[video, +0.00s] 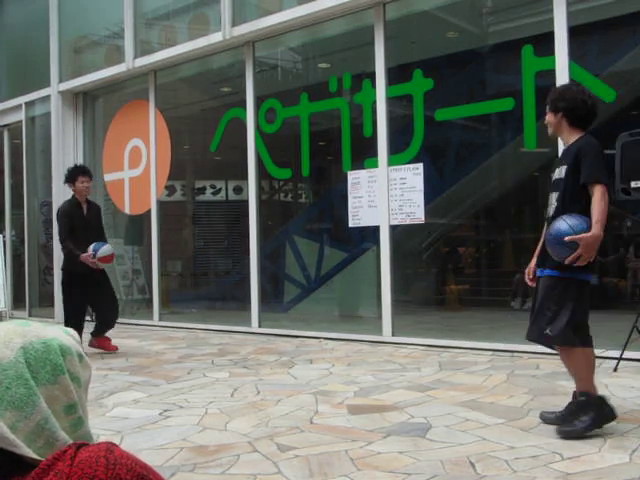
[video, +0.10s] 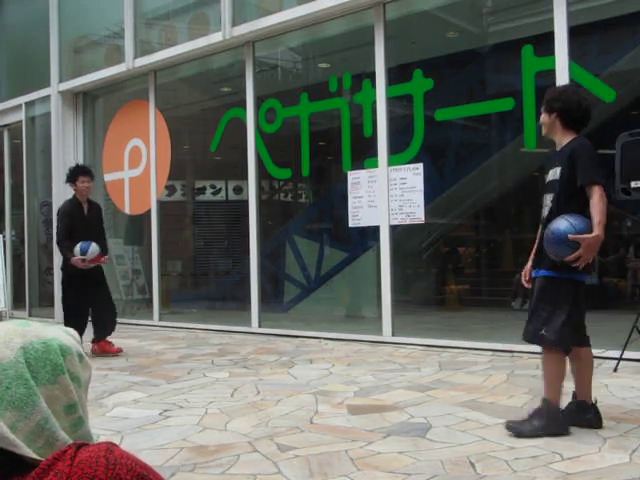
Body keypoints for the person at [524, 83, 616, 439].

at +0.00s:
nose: (545, 118)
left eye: (548, 112)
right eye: (546, 112)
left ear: (561, 115)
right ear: (568, 116)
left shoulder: (587, 147)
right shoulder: (565, 153)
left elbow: (599, 190)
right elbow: (554, 214)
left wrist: (597, 232)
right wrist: (537, 256)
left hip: (571, 259)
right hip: (554, 259)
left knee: (571, 328)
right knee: (557, 329)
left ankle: (591, 401)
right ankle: (584, 398)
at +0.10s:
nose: (540, 118)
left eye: (543, 112)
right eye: (541, 112)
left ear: (556, 116)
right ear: (563, 117)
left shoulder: (580, 148)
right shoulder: (557, 156)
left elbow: (597, 192)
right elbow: (549, 216)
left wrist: (598, 233)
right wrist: (534, 258)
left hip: (562, 261)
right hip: (558, 261)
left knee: (551, 333)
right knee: (573, 333)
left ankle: (550, 412)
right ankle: (584, 405)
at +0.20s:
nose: (532, 120)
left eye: (535, 114)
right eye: (534, 114)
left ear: (548, 117)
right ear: (555, 119)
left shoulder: (575, 150)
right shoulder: (553, 159)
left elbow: (594, 194)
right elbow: (545, 217)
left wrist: (597, 235)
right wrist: (531, 264)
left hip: (555, 263)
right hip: (551, 264)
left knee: (534, 334)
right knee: (570, 335)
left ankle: (514, 404)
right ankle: (583, 405)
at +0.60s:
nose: (494, 127)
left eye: (497, 122)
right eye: (496, 121)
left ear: (508, 127)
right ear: (526, 127)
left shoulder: (530, 159)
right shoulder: (530, 158)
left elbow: (545, 206)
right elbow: (541, 208)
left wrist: (547, 252)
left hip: (516, 265)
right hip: (533, 263)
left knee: (496, 334)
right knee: (550, 333)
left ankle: (480, 400)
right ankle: (579, 401)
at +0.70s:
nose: (483, 126)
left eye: (487, 121)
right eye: (485, 120)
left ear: (498, 126)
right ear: (514, 126)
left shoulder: (513, 160)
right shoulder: (525, 158)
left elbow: (522, 208)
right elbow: (524, 210)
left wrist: (518, 253)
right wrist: (503, 252)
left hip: (505, 264)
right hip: (527, 263)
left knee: (488, 332)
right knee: (540, 330)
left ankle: (480, 400)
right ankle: (576, 397)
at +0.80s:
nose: (473, 126)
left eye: (476, 121)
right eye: (475, 120)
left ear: (484, 126)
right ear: (508, 124)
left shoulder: (497, 162)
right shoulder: (519, 158)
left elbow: (497, 211)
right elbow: (518, 215)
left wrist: (484, 251)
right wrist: (488, 250)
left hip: (499, 264)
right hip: (521, 263)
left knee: (483, 331)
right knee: (531, 328)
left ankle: (479, 400)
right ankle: (571, 393)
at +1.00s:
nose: (456, 131)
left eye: (458, 125)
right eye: (457, 125)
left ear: (465, 129)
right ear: (491, 125)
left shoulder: (470, 164)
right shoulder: (511, 161)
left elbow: (455, 213)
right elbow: (517, 214)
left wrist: (430, 253)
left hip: (481, 267)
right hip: (513, 264)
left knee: (479, 333)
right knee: (514, 325)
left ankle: (480, 400)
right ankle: (554, 384)